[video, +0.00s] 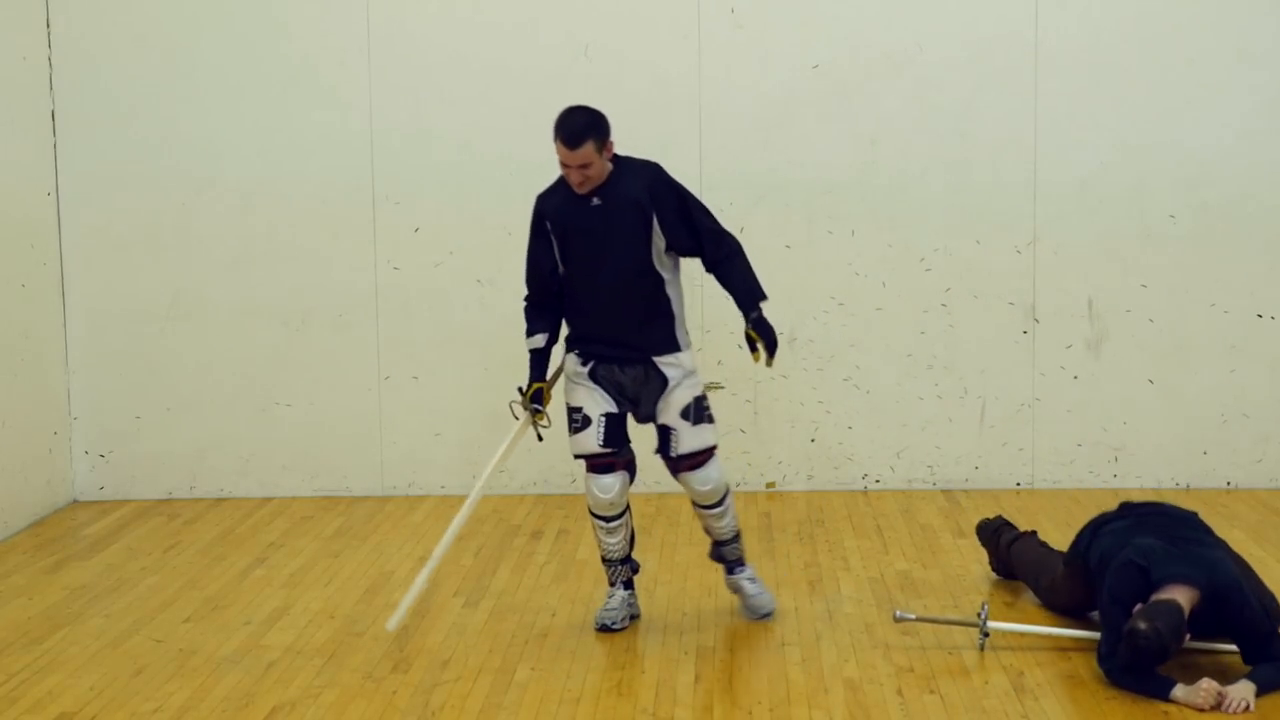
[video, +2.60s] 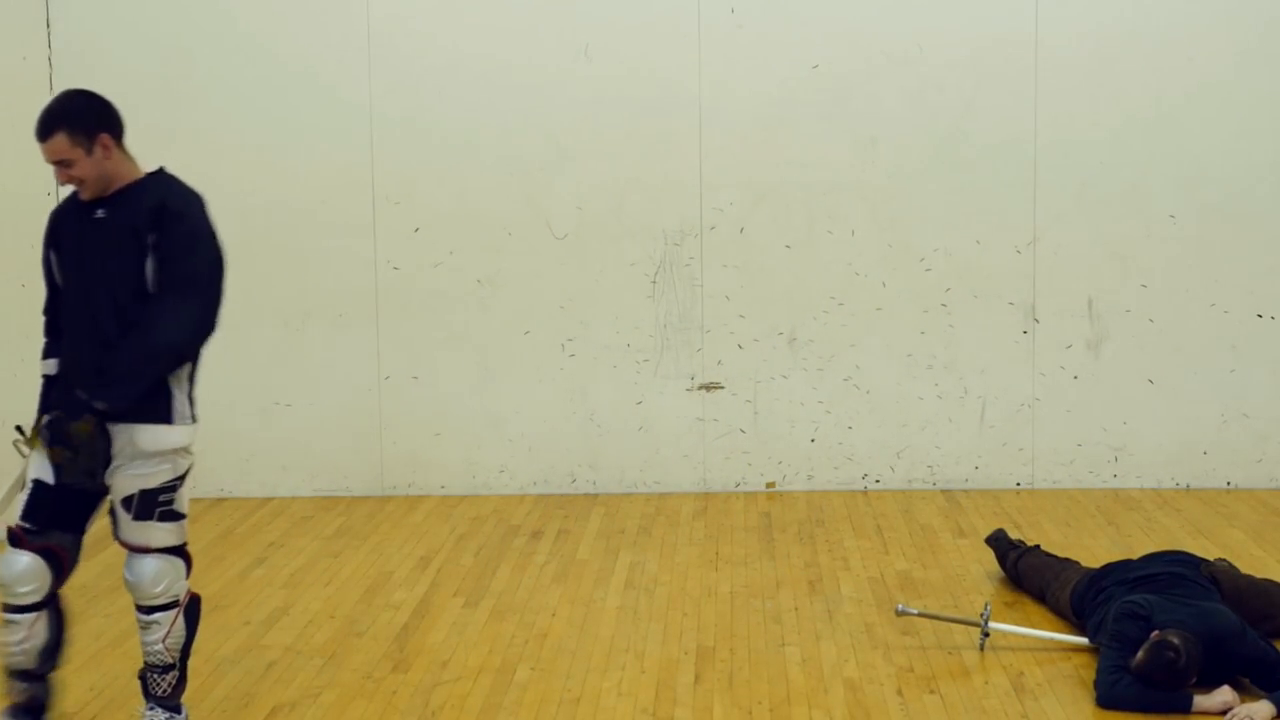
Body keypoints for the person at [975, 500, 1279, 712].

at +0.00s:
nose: (1126, 629)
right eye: (1130, 627)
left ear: (1180, 640)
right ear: (1136, 612)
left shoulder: (1230, 590)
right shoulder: (1125, 577)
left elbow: (1273, 661)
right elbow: (1114, 663)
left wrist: (1249, 685)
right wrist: (1181, 693)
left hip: (1185, 525)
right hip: (1113, 528)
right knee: (1068, 598)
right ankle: (1007, 542)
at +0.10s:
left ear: (1180, 643)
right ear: (1134, 616)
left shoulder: (1228, 594)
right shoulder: (1124, 583)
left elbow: (1277, 666)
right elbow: (1112, 668)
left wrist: (1256, 693)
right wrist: (1181, 696)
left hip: (1194, 544)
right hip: (1112, 552)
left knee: (1276, 608)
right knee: (1067, 587)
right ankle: (1008, 541)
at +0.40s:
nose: (1166, 688)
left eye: (1169, 681)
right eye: (1157, 682)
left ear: (1190, 657)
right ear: (1139, 638)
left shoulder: (1229, 614)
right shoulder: (1127, 608)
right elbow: (1113, 682)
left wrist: (1267, 703)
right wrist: (1193, 703)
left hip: (1187, 565)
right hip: (1106, 581)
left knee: (1277, 598)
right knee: (1050, 568)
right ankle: (1001, 541)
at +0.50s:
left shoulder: (1228, 623)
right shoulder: (1127, 614)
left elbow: (1279, 671)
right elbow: (1114, 687)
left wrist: (1271, 706)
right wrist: (1200, 702)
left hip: (1182, 568)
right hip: (1103, 583)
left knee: (1276, 598)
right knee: (1048, 570)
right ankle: (1007, 546)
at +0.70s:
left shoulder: (1227, 628)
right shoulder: (1122, 624)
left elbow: (1279, 678)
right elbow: (1111, 691)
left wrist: (1272, 705)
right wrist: (1199, 700)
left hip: (1182, 568)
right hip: (1104, 583)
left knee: (1276, 603)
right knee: (1050, 572)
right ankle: (1010, 551)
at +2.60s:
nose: (1131, 663)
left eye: (1138, 667)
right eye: (1137, 658)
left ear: (1193, 670)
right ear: (1152, 639)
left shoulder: (1226, 632)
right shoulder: (1124, 626)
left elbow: (1278, 675)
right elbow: (1109, 691)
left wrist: (1271, 705)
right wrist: (1198, 703)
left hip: (1183, 570)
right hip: (1105, 585)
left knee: (1276, 603)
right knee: (1047, 571)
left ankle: (1224, 575)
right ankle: (1009, 550)